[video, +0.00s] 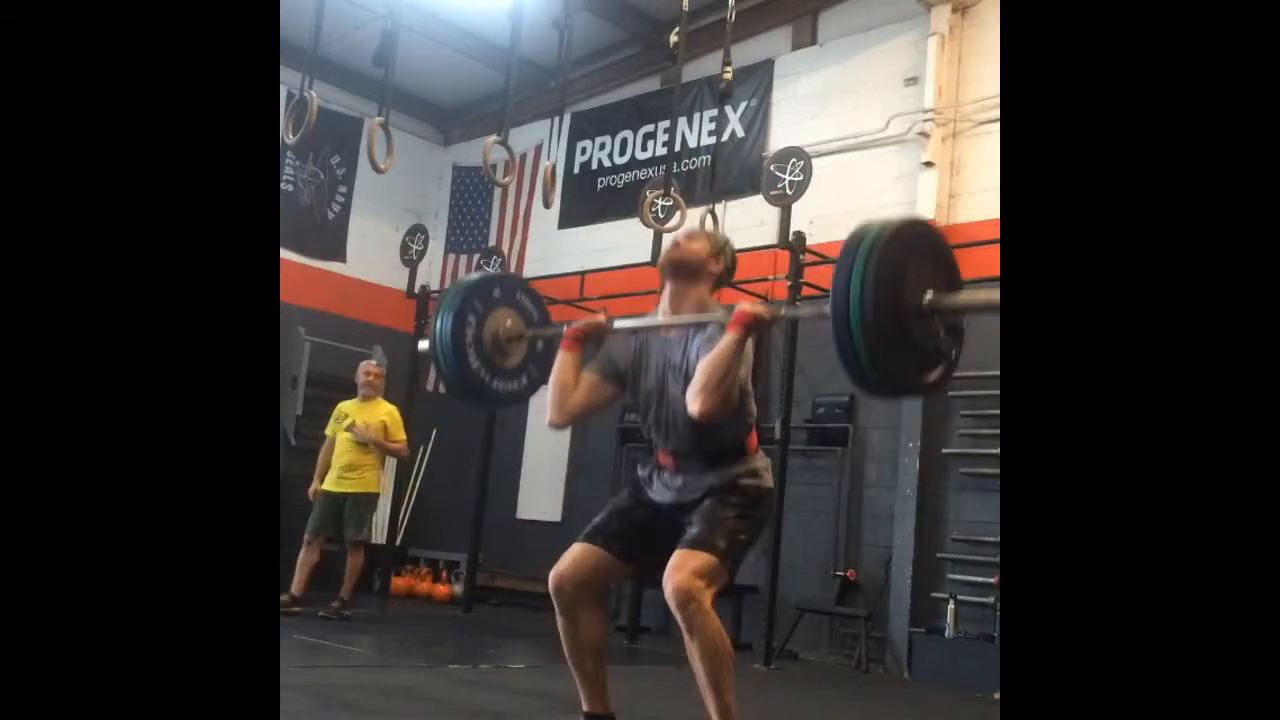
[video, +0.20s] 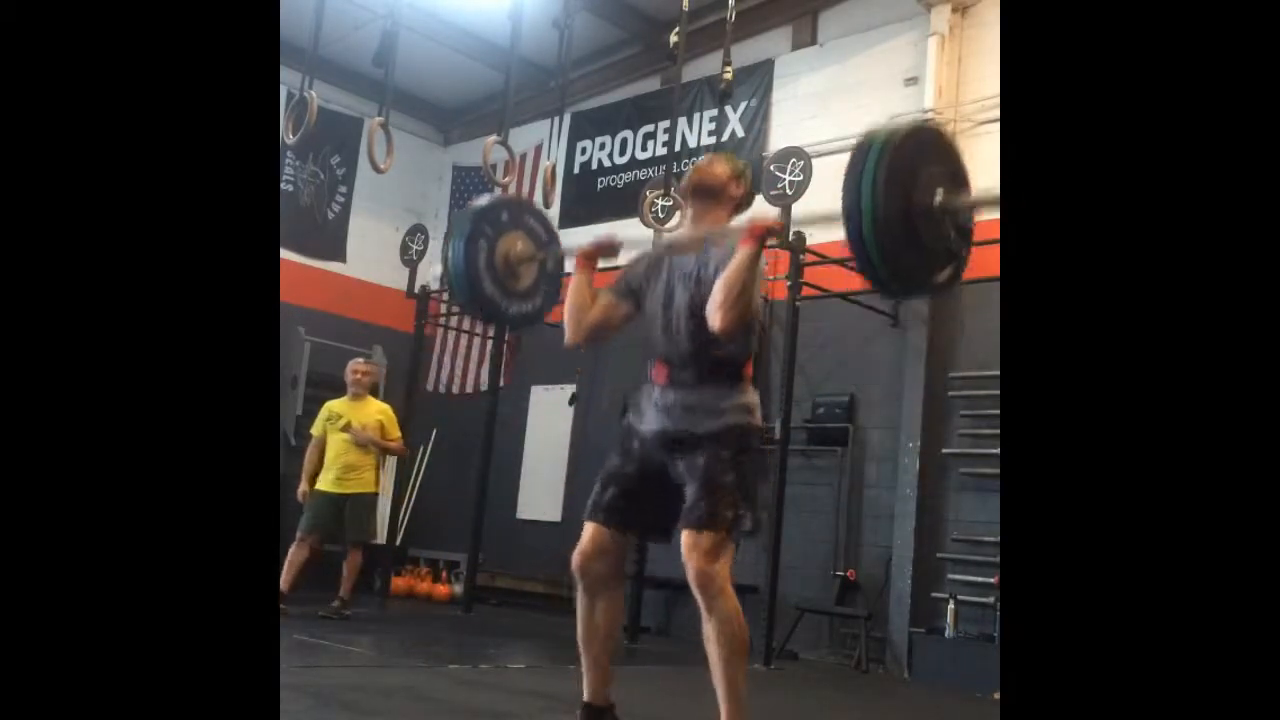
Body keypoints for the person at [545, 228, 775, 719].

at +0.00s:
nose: (678, 236)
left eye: (697, 235)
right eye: (677, 233)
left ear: (718, 266)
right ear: (662, 262)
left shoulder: (725, 330)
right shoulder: (634, 337)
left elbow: (703, 403)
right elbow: (561, 410)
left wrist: (738, 331)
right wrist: (573, 342)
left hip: (732, 484)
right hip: (661, 482)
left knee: (684, 587)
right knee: (570, 581)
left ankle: (724, 715)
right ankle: (596, 711)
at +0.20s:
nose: (700, 166)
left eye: (717, 164)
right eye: (697, 163)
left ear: (738, 193)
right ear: (682, 191)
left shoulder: (740, 250)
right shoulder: (655, 259)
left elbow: (721, 318)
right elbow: (578, 330)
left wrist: (752, 239)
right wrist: (584, 266)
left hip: (721, 430)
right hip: (652, 427)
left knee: (705, 568)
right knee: (592, 560)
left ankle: (731, 714)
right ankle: (596, 706)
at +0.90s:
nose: (696, 157)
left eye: (714, 152)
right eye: (692, 151)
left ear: (737, 175)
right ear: (681, 170)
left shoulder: (752, 227)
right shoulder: (657, 226)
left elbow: (807, 145)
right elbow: (611, 177)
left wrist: (813, 71)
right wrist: (633, 114)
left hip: (705, 412)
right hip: (639, 408)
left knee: (711, 580)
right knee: (623, 571)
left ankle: (734, 715)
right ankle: (603, 710)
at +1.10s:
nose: (697, 156)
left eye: (714, 150)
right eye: (692, 149)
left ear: (740, 169)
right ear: (684, 169)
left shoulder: (759, 222)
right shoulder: (665, 224)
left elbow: (815, 134)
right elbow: (621, 173)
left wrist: (817, 59)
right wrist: (638, 107)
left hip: (714, 408)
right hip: (650, 407)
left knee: (719, 580)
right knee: (628, 569)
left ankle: (737, 715)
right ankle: (605, 710)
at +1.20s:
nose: (690, 158)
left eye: (706, 150)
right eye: (688, 150)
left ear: (735, 166)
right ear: (683, 166)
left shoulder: (758, 222)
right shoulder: (664, 222)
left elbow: (813, 130)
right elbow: (623, 170)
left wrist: (817, 51)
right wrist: (638, 104)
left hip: (717, 407)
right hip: (653, 407)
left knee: (725, 581)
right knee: (631, 570)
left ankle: (738, 716)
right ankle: (605, 710)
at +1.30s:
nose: (688, 154)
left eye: (704, 147)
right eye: (685, 148)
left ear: (733, 164)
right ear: (680, 165)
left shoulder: (755, 218)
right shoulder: (662, 220)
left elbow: (807, 127)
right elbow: (624, 167)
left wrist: (815, 49)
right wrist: (639, 99)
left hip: (717, 405)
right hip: (652, 406)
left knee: (730, 578)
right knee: (633, 571)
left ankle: (740, 715)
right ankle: (605, 710)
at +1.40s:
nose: (690, 153)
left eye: (706, 146)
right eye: (685, 146)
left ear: (732, 164)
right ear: (676, 164)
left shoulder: (752, 217)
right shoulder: (660, 218)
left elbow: (804, 125)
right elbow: (624, 164)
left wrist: (814, 44)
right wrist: (639, 94)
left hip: (716, 405)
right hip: (651, 406)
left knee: (730, 581)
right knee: (634, 573)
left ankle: (739, 715)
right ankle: (605, 711)